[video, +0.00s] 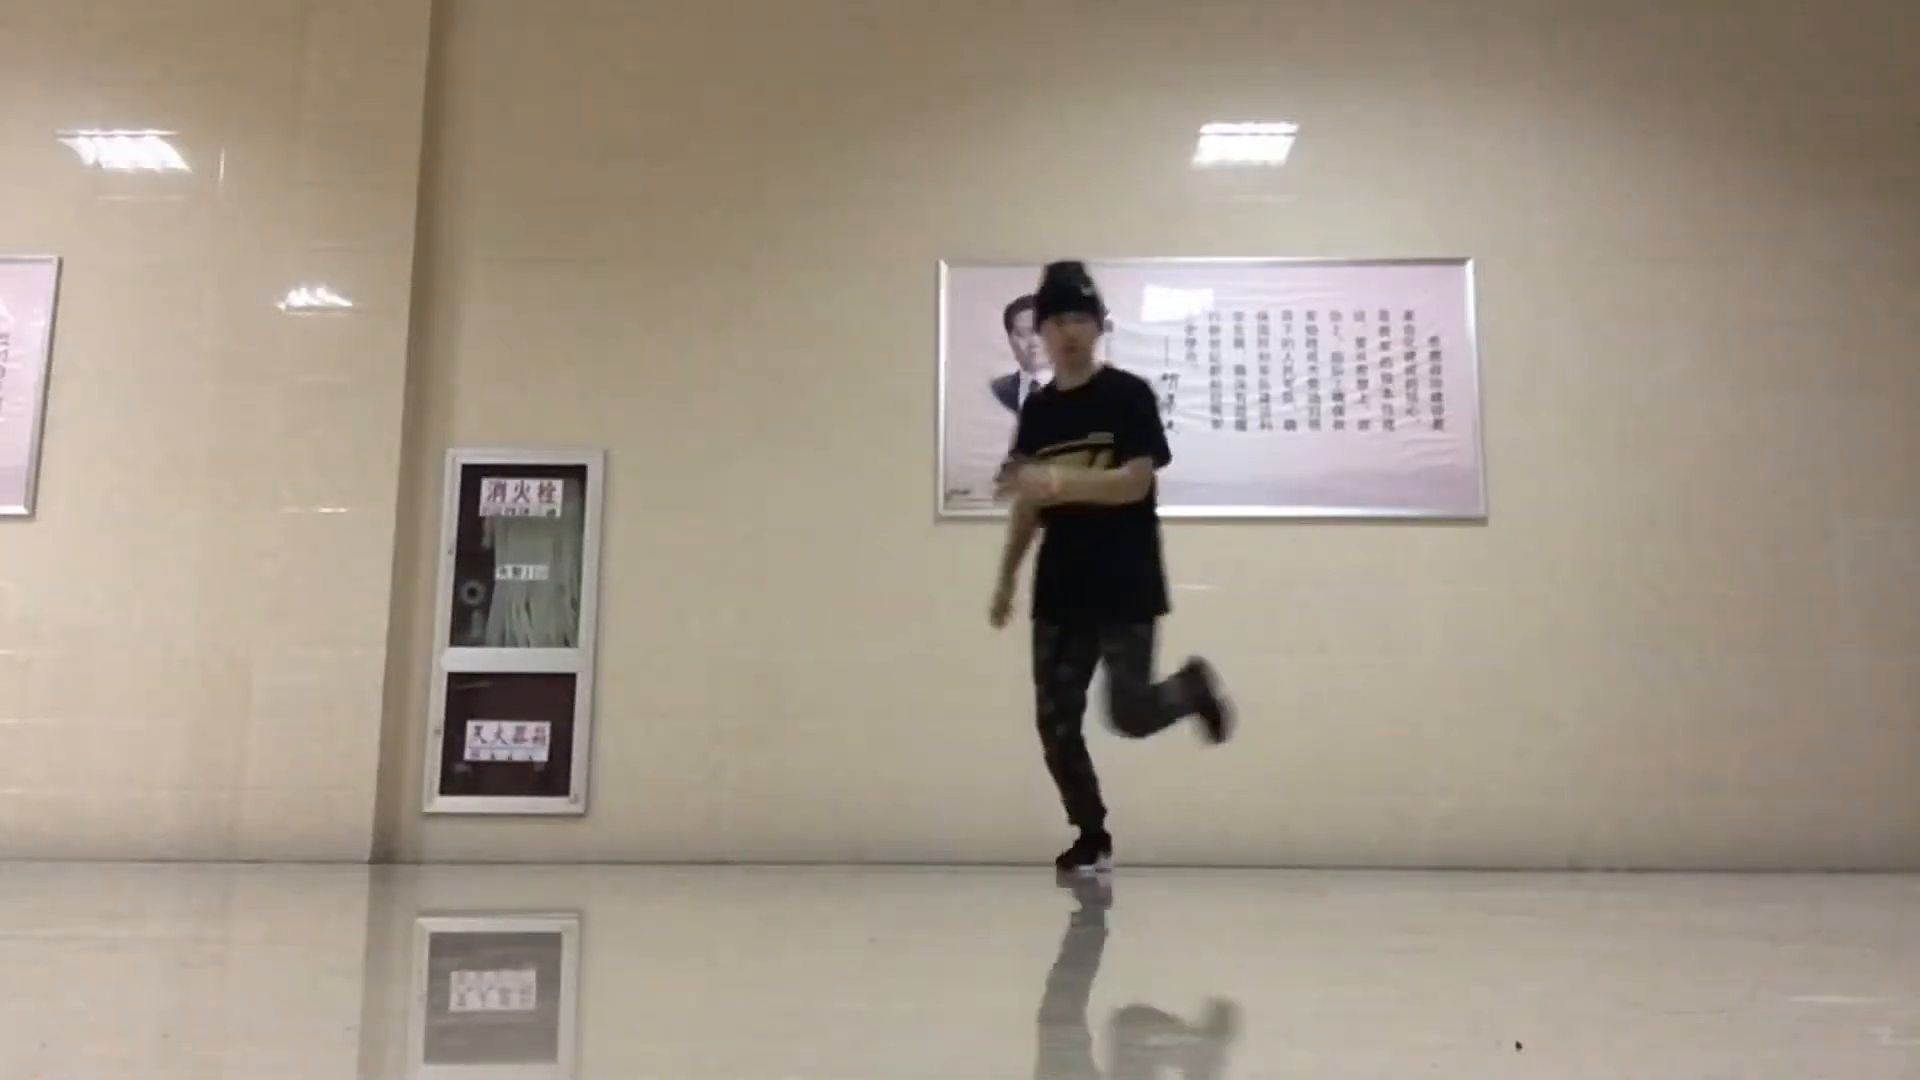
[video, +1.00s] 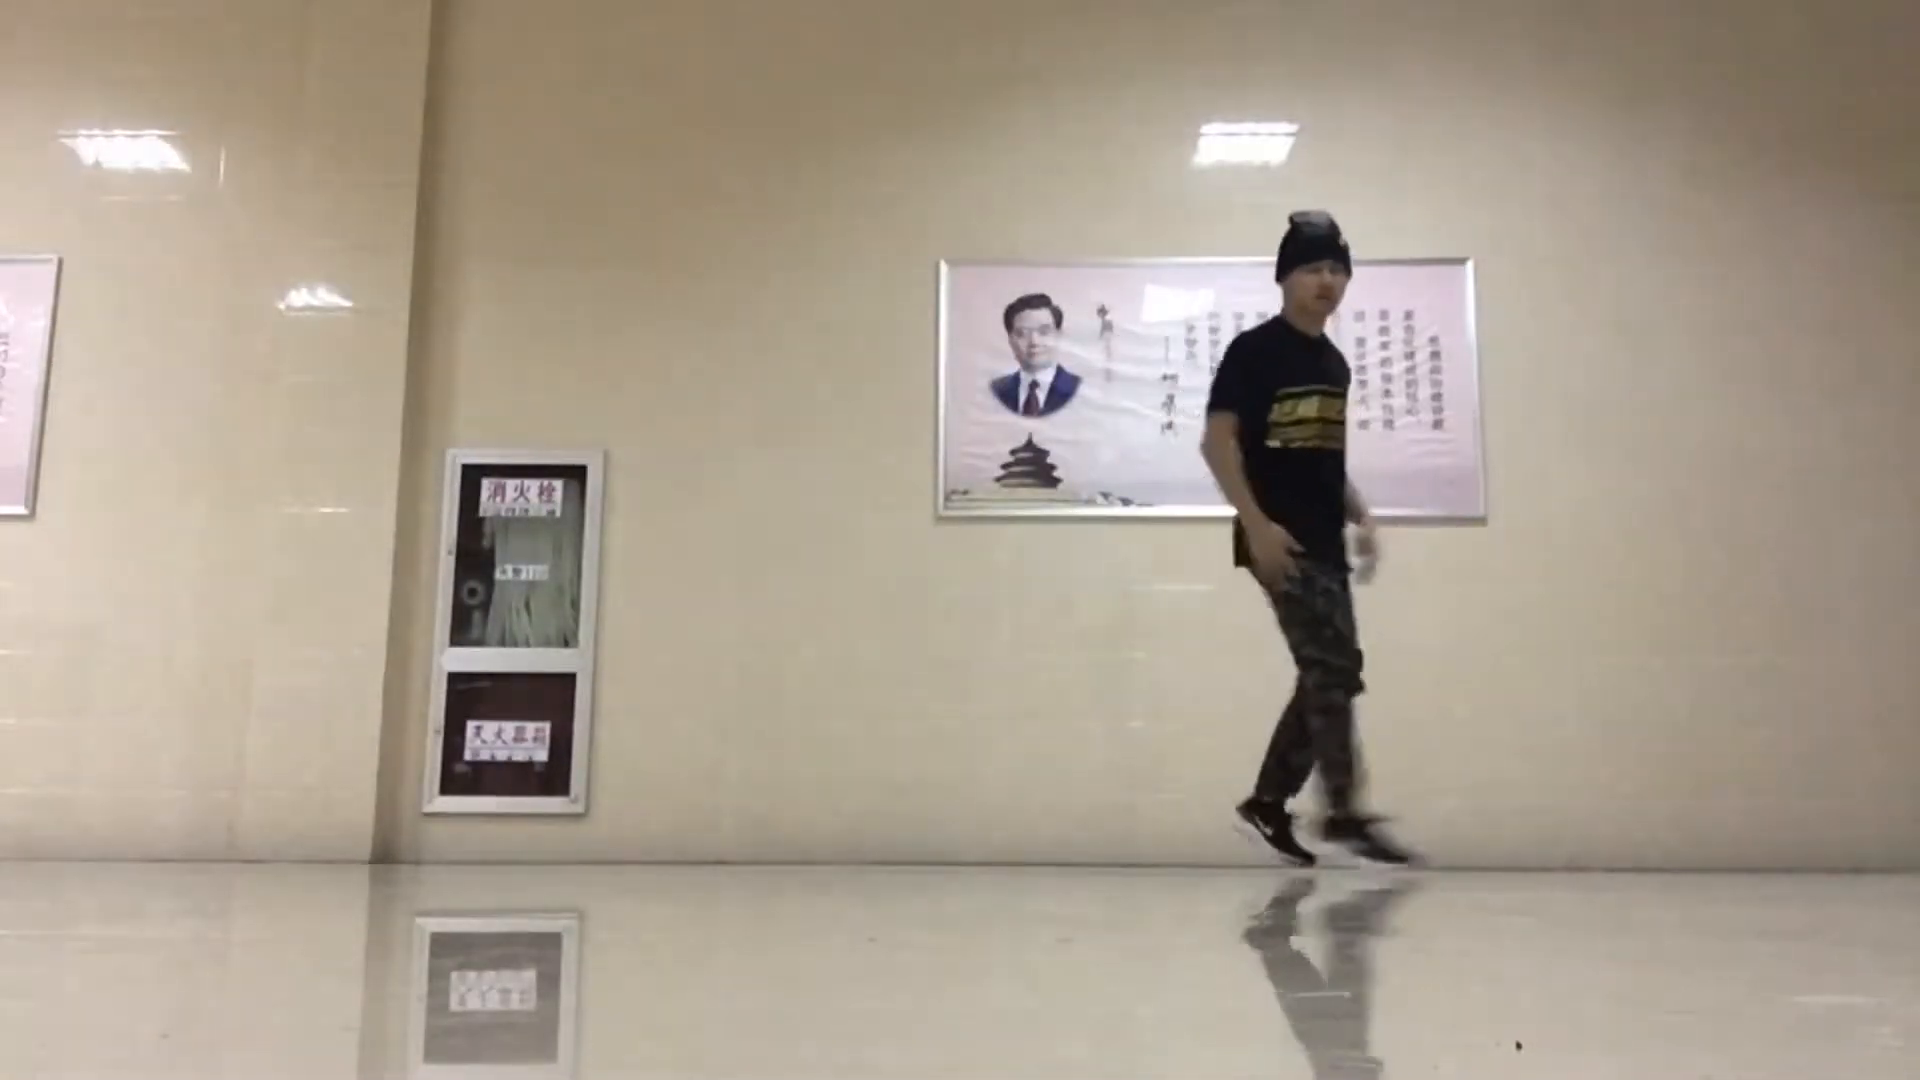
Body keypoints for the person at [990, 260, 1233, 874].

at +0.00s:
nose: (1068, 334)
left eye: (1079, 321)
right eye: (1056, 323)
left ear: (1099, 326)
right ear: (1042, 333)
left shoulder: (1130, 394)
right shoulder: (1038, 409)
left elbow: (1138, 483)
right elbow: (1030, 500)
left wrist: (1055, 484)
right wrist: (1006, 579)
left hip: (1127, 579)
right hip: (1062, 582)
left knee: (1130, 714)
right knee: (1055, 719)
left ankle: (1196, 686)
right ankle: (1092, 834)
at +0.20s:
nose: (1150, 290)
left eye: (1161, 278)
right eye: (1139, 279)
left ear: (1177, 282)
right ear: (1120, 285)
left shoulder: (1210, 350)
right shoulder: (1102, 366)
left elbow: (1245, 438)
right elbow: (1101, 451)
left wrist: (1174, 466)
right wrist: (1092, 521)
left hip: (1213, 540)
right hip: (1141, 546)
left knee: (1264, 667)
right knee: (1127, 685)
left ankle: (1294, 781)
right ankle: (1127, 811)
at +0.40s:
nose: (1244, 328)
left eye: (1253, 316)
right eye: (1230, 317)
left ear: (1264, 323)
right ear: (1204, 325)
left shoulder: (1297, 398)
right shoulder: (1176, 412)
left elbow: (1336, 478)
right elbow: (1162, 507)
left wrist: (1342, 547)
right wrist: (1157, 590)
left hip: (1297, 587)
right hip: (1222, 592)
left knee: (1316, 718)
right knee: (1222, 716)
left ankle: (1311, 831)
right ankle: (1211, 820)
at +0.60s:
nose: (1301, 274)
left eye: (1307, 263)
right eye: (1287, 263)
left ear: (1314, 269)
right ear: (1254, 268)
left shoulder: (1327, 343)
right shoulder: (1219, 349)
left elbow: (1344, 427)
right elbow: (1187, 441)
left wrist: (1375, 484)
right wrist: (1233, 504)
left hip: (1332, 521)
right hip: (1268, 524)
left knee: (1340, 657)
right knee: (1307, 646)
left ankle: (1319, 798)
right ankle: (1312, 798)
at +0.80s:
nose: (1336, 317)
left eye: (1342, 307)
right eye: (1323, 304)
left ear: (1344, 314)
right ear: (1288, 309)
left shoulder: (1326, 390)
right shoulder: (1268, 385)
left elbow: (1347, 496)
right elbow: (1242, 474)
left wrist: (1418, 514)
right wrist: (1310, 534)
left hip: (1360, 567)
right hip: (1321, 569)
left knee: (1383, 701)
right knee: (1394, 683)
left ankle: (1276, 803)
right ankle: (1380, 830)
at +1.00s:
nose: (1329, 284)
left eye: (1338, 273)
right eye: (1315, 270)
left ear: (1346, 283)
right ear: (1285, 275)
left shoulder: (1333, 361)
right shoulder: (1251, 350)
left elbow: (1326, 457)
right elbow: (1218, 443)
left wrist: (1358, 515)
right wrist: (1255, 524)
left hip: (1327, 536)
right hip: (1280, 535)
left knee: (1329, 671)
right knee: (1332, 666)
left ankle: (1267, 800)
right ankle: (1344, 812)